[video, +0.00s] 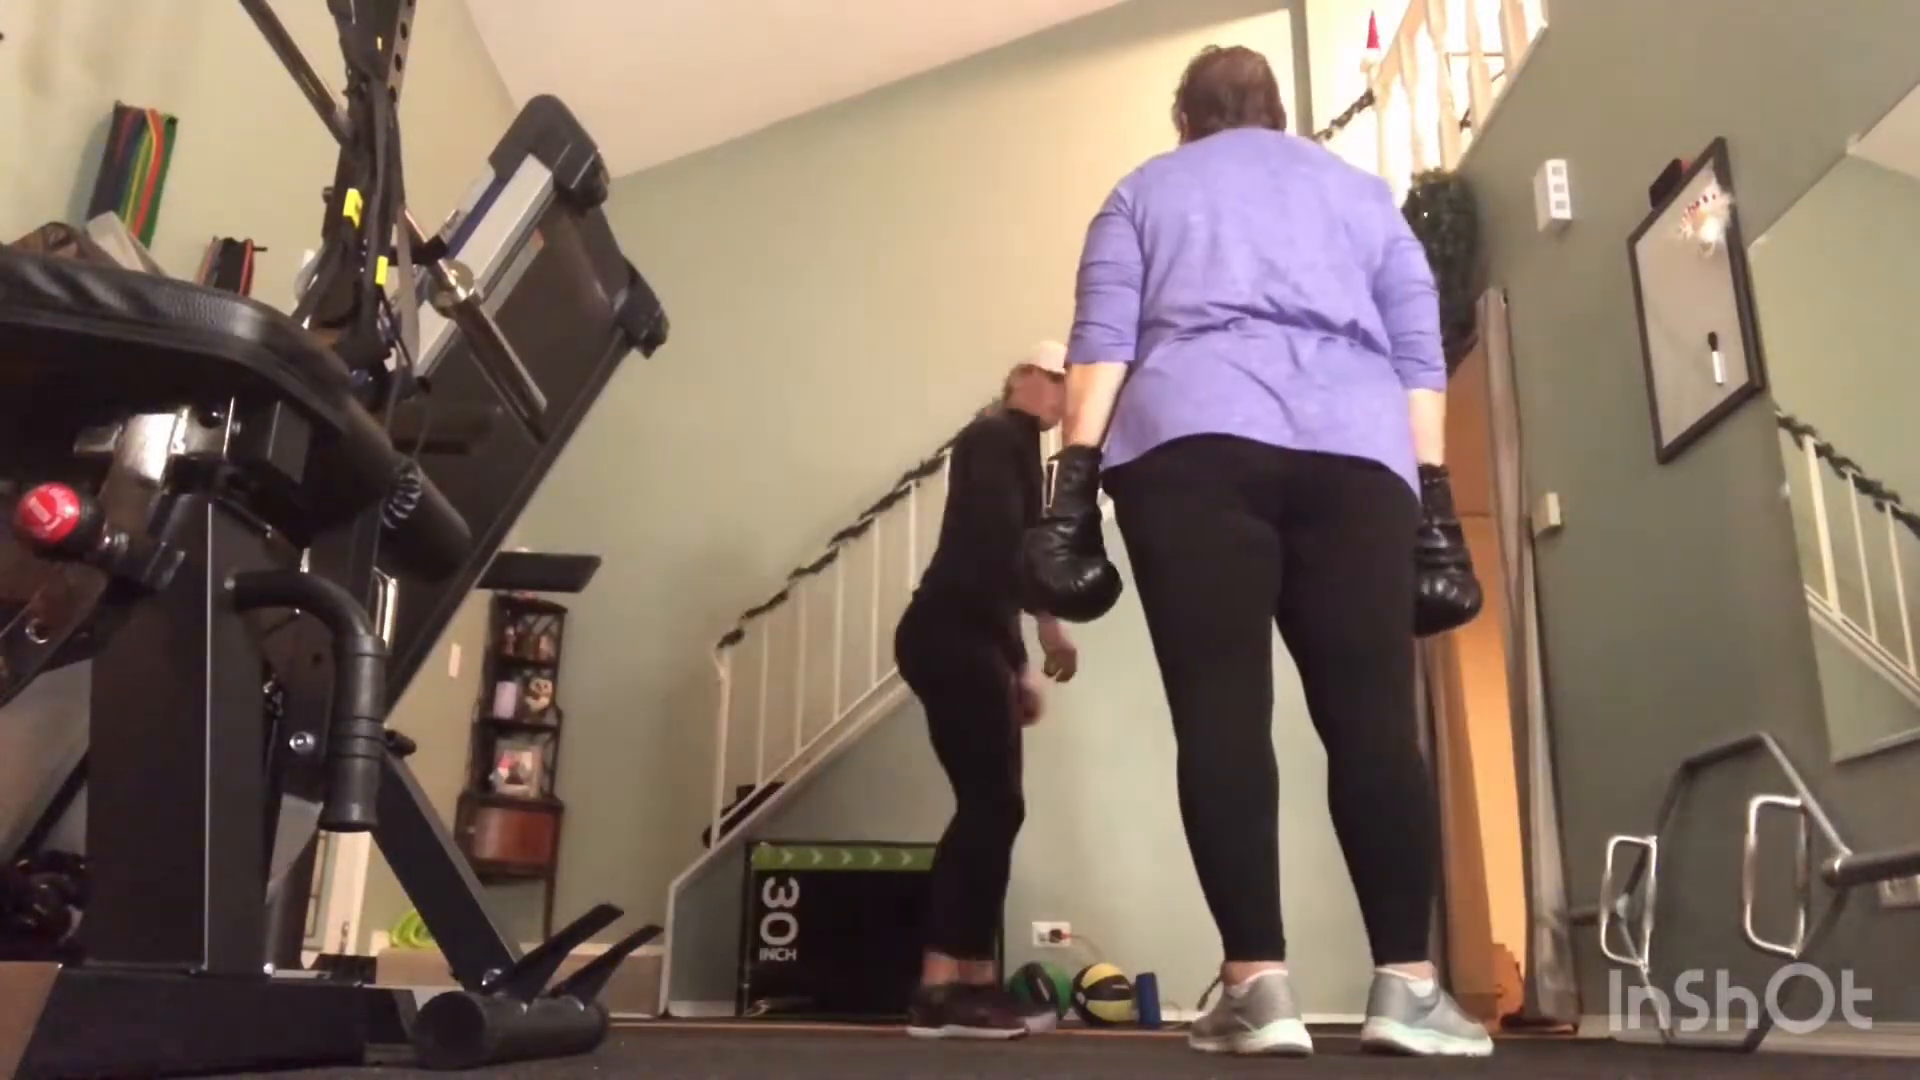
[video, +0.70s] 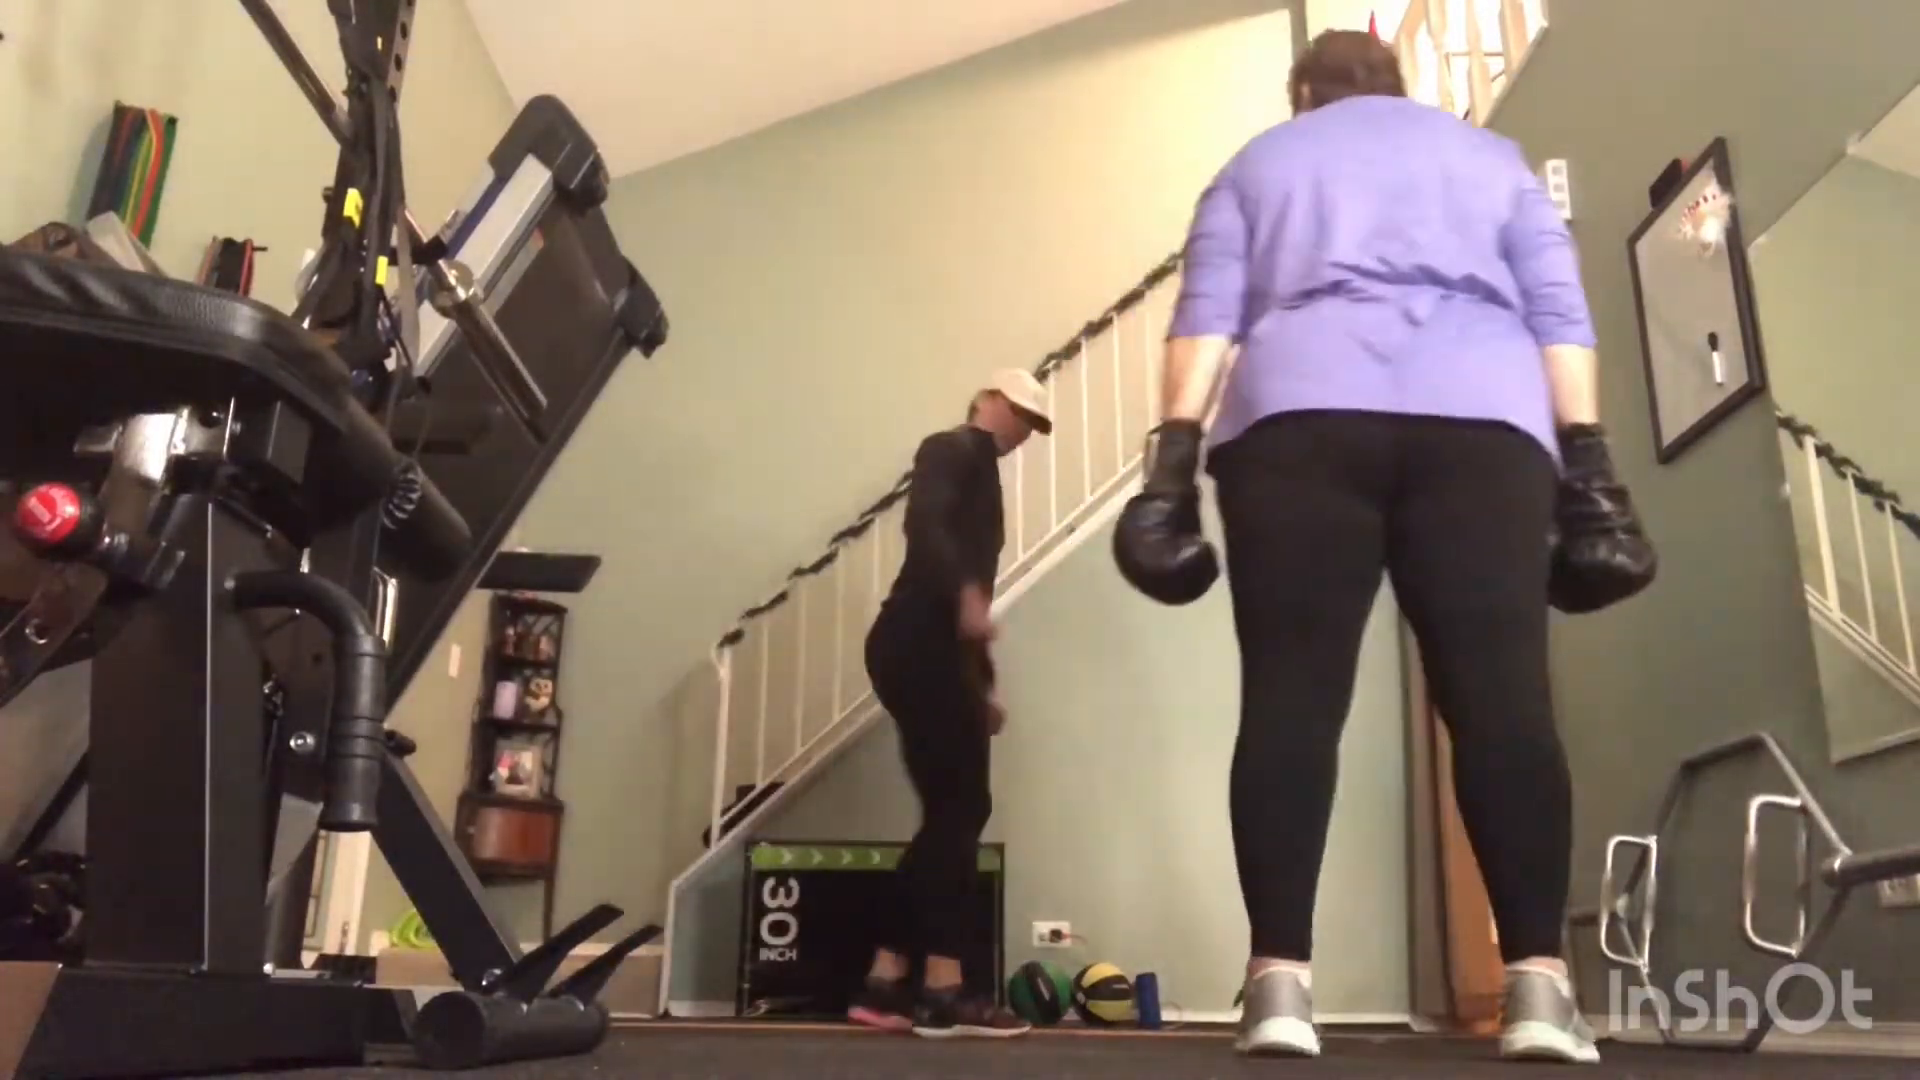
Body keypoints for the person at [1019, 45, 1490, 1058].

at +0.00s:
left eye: (1183, 115)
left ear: (1184, 123)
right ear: (1284, 115)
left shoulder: (1144, 188)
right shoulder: (1367, 193)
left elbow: (1102, 341)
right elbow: (1419, 352)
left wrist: (1067, 493)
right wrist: (1434, 510)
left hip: (1192, 445)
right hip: (1358, 457)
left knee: (1221, 720)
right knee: (1374, 722)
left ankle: (1256, 982)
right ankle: (1407, 985)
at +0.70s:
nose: (1292, 109)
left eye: (1293, 96)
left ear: (1301, 97)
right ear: (1405, 90)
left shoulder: (1256, 161)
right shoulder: (1495, 156)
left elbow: (1207, 306)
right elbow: (1558, 298)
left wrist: (1168, 467)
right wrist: (1588, 470)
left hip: (1299, 426)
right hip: (1484, 429)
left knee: (1290, 709)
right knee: (1505, 705)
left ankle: (1279, 981)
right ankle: (1537, 985)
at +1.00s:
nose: (1326, 176)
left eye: (1327, 162)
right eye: (1325, 164)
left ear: (1350, 140)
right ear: (1426, 134)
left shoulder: (1349, 173)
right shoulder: (1531, 207)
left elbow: (1325, 315)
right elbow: (1582, 365)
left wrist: (1267, 464)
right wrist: (1603, 530)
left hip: (1411, 445)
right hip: (1563, 458)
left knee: (1398, 715)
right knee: (1554, 722)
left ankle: (1417, 982)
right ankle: (1632, 981)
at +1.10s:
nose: (1373, 196)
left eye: (1374, 174)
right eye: (1369, 181)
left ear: (1413, 146)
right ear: (1461, 138)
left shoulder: (1456, 177)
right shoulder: (1556, 219)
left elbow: (1478, 290)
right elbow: (1588, 345)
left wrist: (1445, 433)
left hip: (1545, 441)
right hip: (1637, 461)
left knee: (1465, 670)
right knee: (1578, 703)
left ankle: (1548, 964)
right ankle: (1635, 983)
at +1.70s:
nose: (1470, 132)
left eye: (1474, 108)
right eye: (1466, 115)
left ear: (1512, 83)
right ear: (1542, 81)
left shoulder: (1565, 115)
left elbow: (1586, 243)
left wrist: (1552, 410)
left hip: (1654, 414)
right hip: (1635, 427)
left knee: (1626, 686)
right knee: (1606, 695)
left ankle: (1704, 987)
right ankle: (1677, 972)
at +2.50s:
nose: (1437, 125)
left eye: (1453, 104)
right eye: (1426, 120)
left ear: (1515, 95)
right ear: (1437, 146)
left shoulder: (1560, 143)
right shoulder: (1481, 234)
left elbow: (1601, 260)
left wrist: (1576, 408)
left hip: (1640, 429)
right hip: (1580, 460)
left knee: (1621, 682)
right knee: (1603, 702)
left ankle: (1699, 984)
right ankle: (1682, 977)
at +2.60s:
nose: (1432, 129)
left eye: (1445, 106)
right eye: (1421, 124)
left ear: (1509, 95)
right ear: (1432, 150)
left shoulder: (1560, 143)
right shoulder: (1480, 234)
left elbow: (1612, 259)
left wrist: (1593, 411)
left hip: (1637, 434)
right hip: (1568, 472)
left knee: (1623, 684)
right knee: (1601, 708)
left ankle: (1699, 984)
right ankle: (1683, 977)